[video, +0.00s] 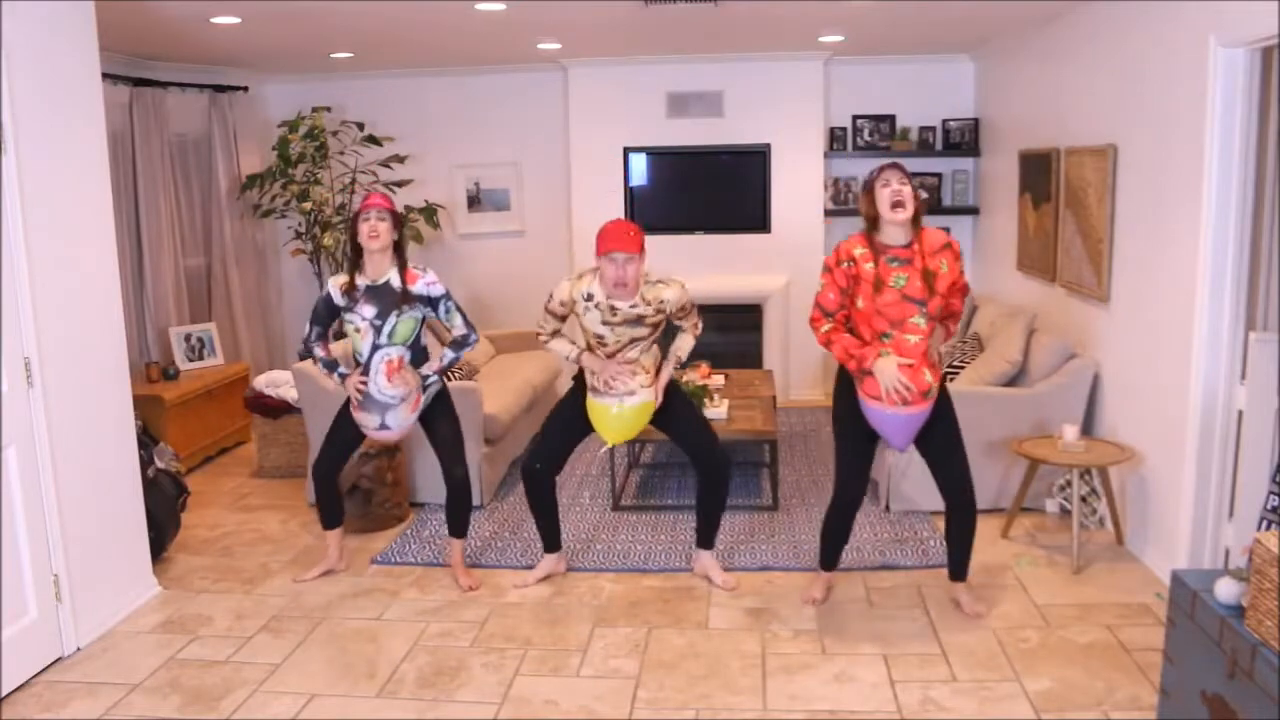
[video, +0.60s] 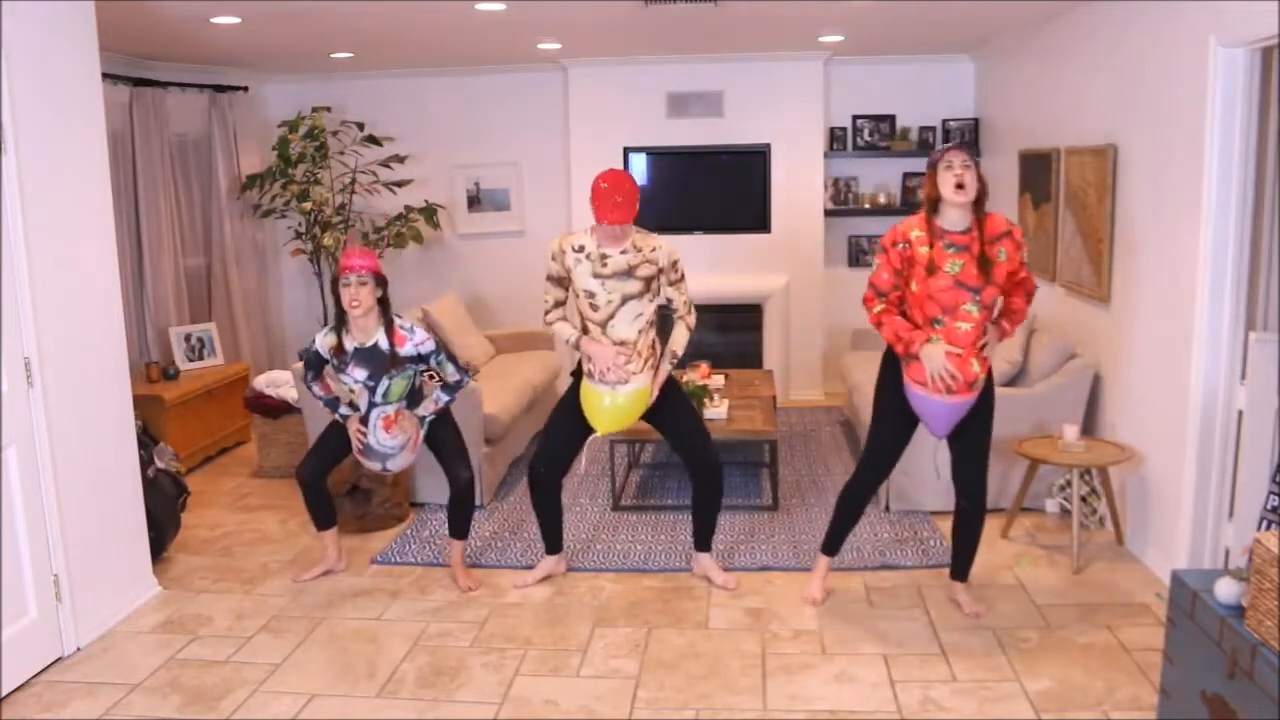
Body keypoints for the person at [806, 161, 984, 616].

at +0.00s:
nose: (896, 190)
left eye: (903, 183)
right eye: (885, 184)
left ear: (916, 197)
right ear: (871, 201)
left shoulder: (940, 247)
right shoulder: (850, 253)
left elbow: (954, 309)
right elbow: (823, 320)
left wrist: (936, 335)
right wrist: (871, 360)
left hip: (924, 376)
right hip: (861, 377)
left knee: (960, 491)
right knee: (850, 488)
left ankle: (958, 583)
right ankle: (824, 574)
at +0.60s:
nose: (960, 173)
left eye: (967, 166)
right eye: (949, 167)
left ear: (979, 179)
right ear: (933, 182)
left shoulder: (1000, 234)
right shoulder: (907, 235)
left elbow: (1022, 289)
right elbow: (877, 301)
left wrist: (997, 331)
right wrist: (918, 345)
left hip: (972, 367)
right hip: (909, 363)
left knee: (972, 484)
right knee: (873, 468)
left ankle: (959, 580)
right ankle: (823, 561)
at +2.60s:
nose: (920, 206)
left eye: (928, 198)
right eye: (912, 196)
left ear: (935, 201)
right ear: (889, 196)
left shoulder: (947, 238)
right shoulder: (855, 237)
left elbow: (974, 297)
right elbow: (812, 293)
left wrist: (938, 327)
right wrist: (869, 322)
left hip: (921, 370)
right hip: (861, 368)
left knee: (967, 487)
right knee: (832, 487)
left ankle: (971, 585)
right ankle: (801, 591)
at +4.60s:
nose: (909, 216)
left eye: (914, 209)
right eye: (897, 211)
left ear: (923, 219)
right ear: (878, 224)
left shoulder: (947, 262)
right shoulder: (852, 272)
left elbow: (962, 323)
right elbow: (814, 326)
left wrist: (927, 370)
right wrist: (865, 371)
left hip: (923, 385)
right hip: (859, 386)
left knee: (972, 492)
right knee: (832, 494)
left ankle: (971, 585)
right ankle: (801, 593)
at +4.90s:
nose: (906, 215)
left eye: (910, 207)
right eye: (894, 210)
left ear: (921, 218)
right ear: (876, 224)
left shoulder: (946, 261)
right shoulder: (849, 271)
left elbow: (960, 324)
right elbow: (815, 326)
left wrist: (926, 368)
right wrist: (865, 370)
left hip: (921, 388)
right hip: (859, 388)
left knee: (969, 493)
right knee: (832, 496)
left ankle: (970, 585)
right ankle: (801, 593)